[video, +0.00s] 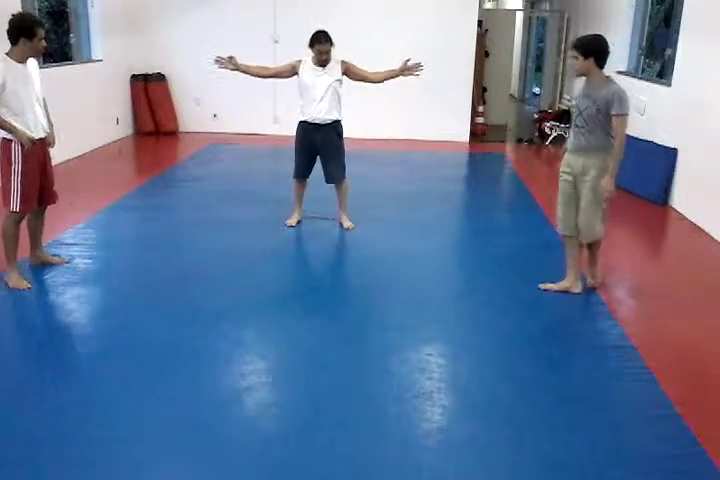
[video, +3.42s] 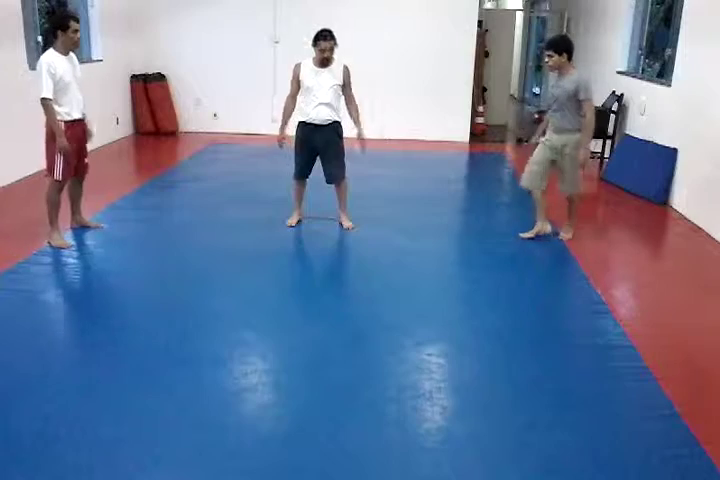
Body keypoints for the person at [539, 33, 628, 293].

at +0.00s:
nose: (572, 63)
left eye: (576, 58)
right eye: (572, 58)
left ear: (591, 59)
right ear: (587, 60)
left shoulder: (615, 93)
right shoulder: (582, 86)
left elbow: (619, 137)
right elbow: (578, 125)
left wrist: (611, 175)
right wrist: (567, 150)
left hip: (596, 161)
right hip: (572, 157)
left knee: (591, 225)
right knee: (567, 223)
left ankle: (592, 273)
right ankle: (572, 278)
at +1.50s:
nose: (558, 63)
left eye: (562, 58)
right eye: (558, 57)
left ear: (576, 59)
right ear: (580, 60)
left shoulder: (586, 93)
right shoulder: (588, 89)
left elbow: (582, 145)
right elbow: (582, 141)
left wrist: (569, 187)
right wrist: (568, 178)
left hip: (574, 165)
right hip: (578, 163)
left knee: (554, 225)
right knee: (571, 224)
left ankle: (566, 290)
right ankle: (569, 279)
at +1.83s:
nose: (558, 65)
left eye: (560, 59)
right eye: (558, 59)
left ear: (572, 60)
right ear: (584, 60)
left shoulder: (568, 90)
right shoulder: (601, 89)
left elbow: (559, 134)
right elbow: (606, 130)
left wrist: (545, 172)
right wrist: (585, 138)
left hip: (564, 159)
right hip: (590, 161)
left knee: (539, 215)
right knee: (580, 225)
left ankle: (544, 268)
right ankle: (571, 281)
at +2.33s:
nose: (541, 63)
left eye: (543, 58)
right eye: (541, 58)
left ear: (555, 58)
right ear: (566, 58)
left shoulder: (548, 86)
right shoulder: (588, 84)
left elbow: (541, 126)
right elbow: (592, 123)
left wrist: (533, 159)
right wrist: (587, 153)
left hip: (551, 149)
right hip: (576, 151)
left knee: (545, 201)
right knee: (568, 200)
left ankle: (548, 254)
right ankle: (568, 242)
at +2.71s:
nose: (534, 59)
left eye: (538, 55)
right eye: (534, 55)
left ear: (550, 56)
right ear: (556, 56)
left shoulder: (550, 82)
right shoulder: (570, 79)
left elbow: (546, 121)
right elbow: (577, 118)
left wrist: (525, 146)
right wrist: (580, 147)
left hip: (550, 142)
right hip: (566, 141)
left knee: (546, 196)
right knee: (551, 189)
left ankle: (550, 252)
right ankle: (545, 231)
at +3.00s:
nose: (533, 56)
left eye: (537, 51)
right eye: (533, 51)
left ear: (550, 51)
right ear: (548, 52)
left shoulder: (560, 75)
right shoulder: (551, 75)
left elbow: (565, 107)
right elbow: (554, 107)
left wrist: (562, 135)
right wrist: (544, 133)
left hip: (555, 133)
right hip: (547, 131)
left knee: (542, 187)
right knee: (543, 186)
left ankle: (565, 231)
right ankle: (544, 231)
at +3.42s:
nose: (546, 61)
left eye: (550, 56)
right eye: (546, 56)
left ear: (564, 56)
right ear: (553, 57)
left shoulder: (580, 81)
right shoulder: (555, 80)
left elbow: (589, 115)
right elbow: (551, 113)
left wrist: (584, 147)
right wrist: (538, 134)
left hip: (572, 138)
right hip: (550, 136)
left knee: (571, 185)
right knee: (533, 176)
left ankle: (569, 225)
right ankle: (541, 222)